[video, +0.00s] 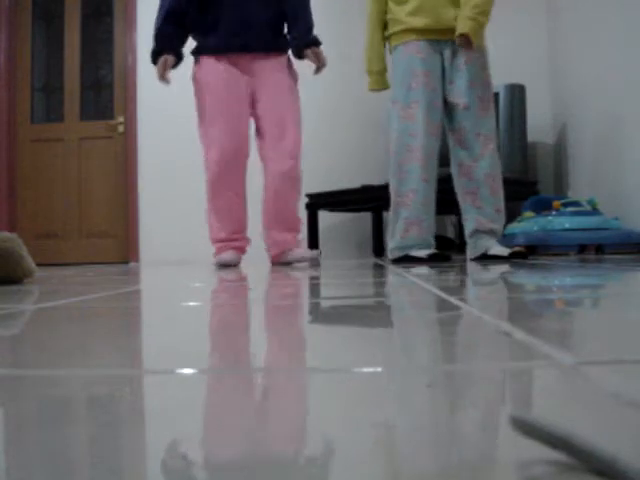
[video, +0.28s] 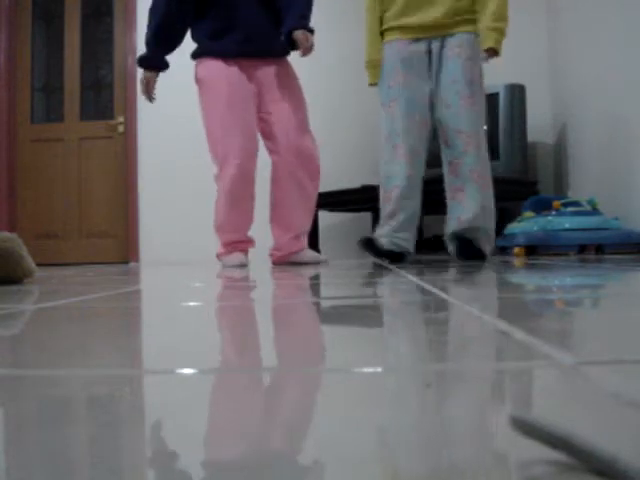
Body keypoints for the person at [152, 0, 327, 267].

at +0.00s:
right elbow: (176, 3)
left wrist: (304, 38)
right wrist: (168, 46)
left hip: (271, 56)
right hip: (216, 58)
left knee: (285, 157)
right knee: (224, 156)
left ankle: (284, 246)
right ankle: (228, 246)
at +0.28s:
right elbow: (171, 6)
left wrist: (298, 23)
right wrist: (153, 58)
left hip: (272, 60)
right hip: (220, 60)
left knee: (297, 150)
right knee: (237, 156)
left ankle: (290, 246)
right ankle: (234, 248)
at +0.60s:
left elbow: (301, 5)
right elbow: (163, 15)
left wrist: (305, 49)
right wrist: (170, 14)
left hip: (262, 55)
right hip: (209, 57)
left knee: (256, 151)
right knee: (208, 156)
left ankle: (272, 247)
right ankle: (221, 249)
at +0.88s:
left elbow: (293, 7)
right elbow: (187, 8)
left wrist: (291, 54)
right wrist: (205, 42)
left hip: (263, 54)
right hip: (214, 61)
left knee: (248, 154)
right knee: (204, 159)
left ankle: (270, 247)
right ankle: (220, 249)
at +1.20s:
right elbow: (203, 2)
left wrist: (321, 28)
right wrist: (211, 28)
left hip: (277, 52)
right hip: (224, 55)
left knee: (270, 149)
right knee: (218, 150)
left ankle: (274, 243)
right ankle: (224, 244)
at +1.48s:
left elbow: (318, 9)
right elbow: (201, 5)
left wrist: (314, 8)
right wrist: (192, 54)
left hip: (293, 59)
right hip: (240, 61)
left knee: (305, 158)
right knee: (245, 158)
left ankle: (295, 247)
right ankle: (237, 247)